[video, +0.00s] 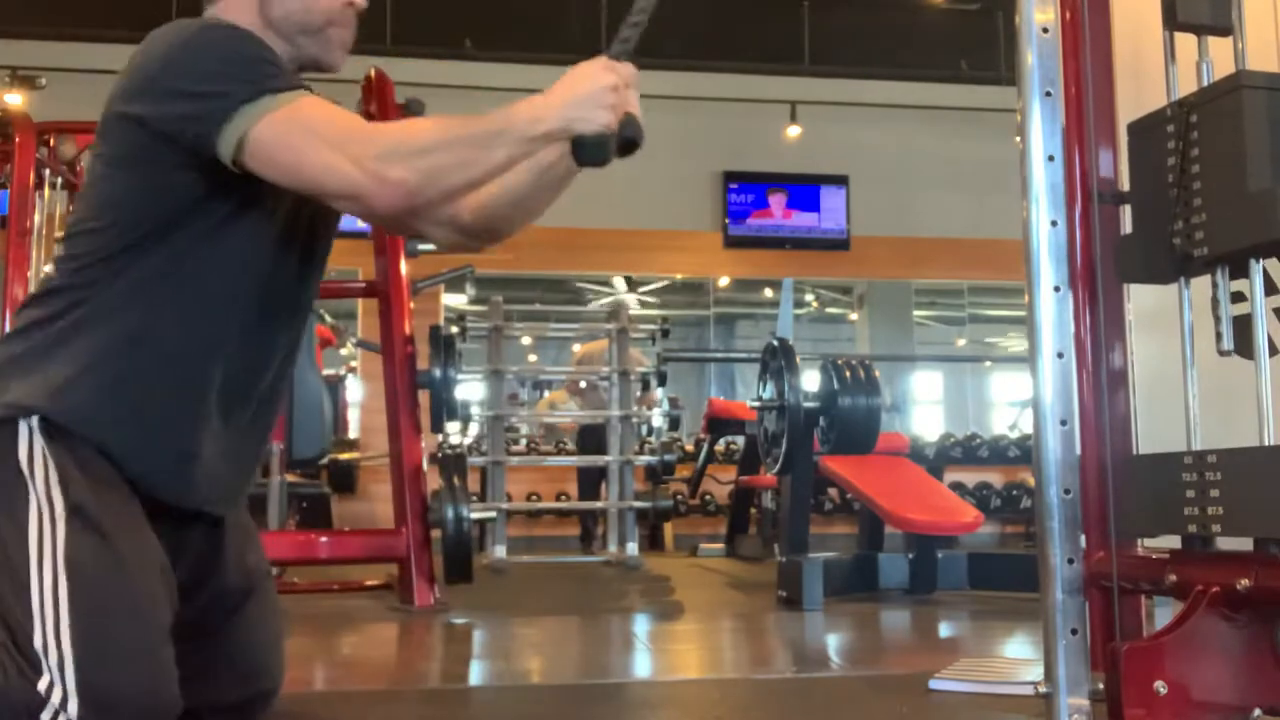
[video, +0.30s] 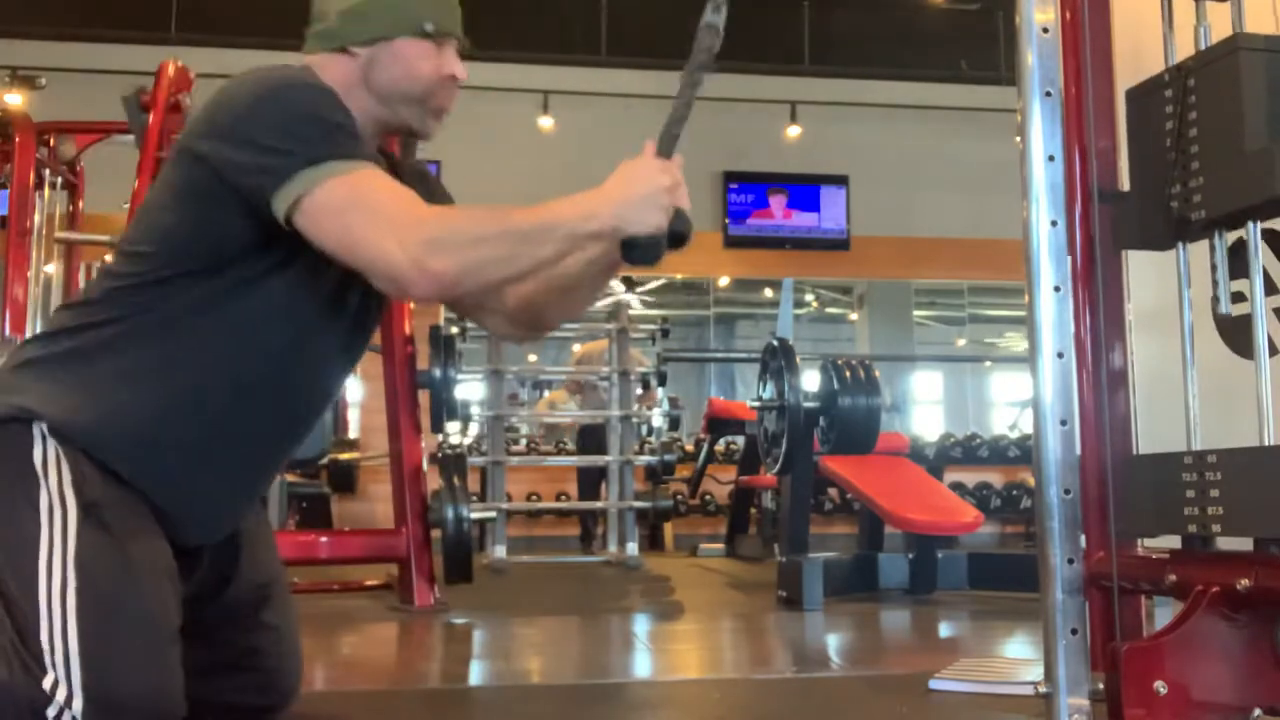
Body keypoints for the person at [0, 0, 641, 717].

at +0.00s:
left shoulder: (300, 121)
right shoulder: (193, 56)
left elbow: (462, 220)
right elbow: (384, 175)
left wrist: (578, 142)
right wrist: (550, 108)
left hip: (197, 472)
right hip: (66, 441)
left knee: (237, 685)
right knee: (106, 700)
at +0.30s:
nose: (458, 66)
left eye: (458, 45)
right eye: (437, 38)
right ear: (358, 42)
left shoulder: (396, 179)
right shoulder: (271, 103)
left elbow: (520, 308)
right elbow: (425, 254)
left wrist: (620, 243)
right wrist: (607, 206)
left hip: (215, 486)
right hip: (76, 451)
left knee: (254, 688)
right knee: (111, 702)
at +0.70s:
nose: (522, 238)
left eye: (531, 216)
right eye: (512, 208)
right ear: (454, 181)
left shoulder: (456, 303)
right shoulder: (339, 216)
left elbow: (496, 461)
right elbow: (384, 407)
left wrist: (576, 416)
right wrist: (576, 395)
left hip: (203, 509)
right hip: (75, 452)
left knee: (261, 683)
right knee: (85, 698)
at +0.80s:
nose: (531, 286)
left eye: (540, 267)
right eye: (525, 257)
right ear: (464, 226)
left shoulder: (451, 320)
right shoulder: (353, 251)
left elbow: (485, 475)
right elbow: (377, 454)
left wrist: (578, 462)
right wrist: (565, 449)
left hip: (196, 507)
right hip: (71, 454)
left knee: (259, 679)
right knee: (72, 700)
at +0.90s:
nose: (536, 334)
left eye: (547, 314)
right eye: (532, 305)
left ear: (496, 294)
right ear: (474, 270)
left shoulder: (455, 361)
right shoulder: (355, 289)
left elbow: (479, 517)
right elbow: (369, 504)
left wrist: (561, 499)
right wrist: (553, 499)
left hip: (189, 504)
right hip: (64, 448)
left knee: (259, 678)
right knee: (91, 694)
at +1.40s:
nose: (553, 474)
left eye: (566, 455)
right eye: (554, 446)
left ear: (500, 408)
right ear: (500, 409)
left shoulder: (451, 459)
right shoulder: (363, 421)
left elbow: (451, 617)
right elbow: (329, 659)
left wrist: (543, 650)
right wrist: (520, 655)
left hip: (170, 501)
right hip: (47, 452)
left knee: (238, 686)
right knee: (82, 702)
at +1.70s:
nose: (580, 471)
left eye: (592, 450)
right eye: (579, 443)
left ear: (521, 416)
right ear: (523, 415)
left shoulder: (475, 459)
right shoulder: (383, 429)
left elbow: (482, 622)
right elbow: (376, 671)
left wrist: (587, 650)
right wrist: (570, 657)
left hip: (165, 497)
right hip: (50, 450)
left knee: (240, 676)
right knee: (81, 697)